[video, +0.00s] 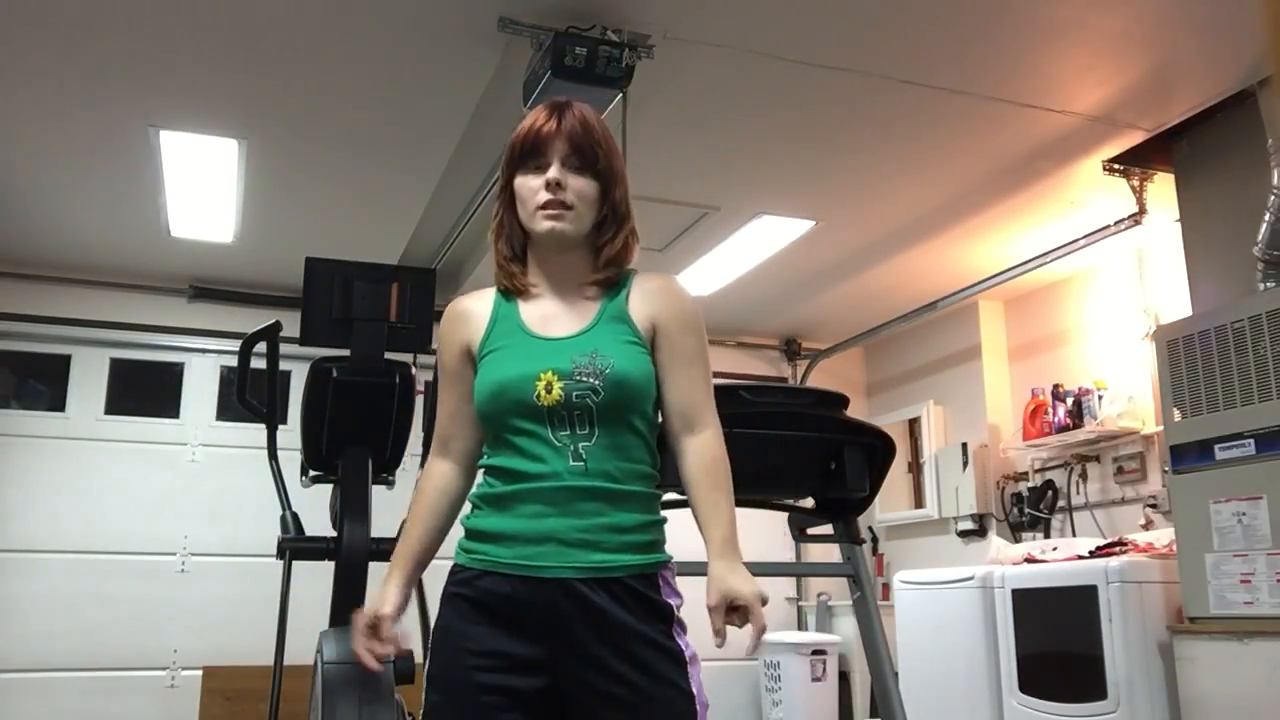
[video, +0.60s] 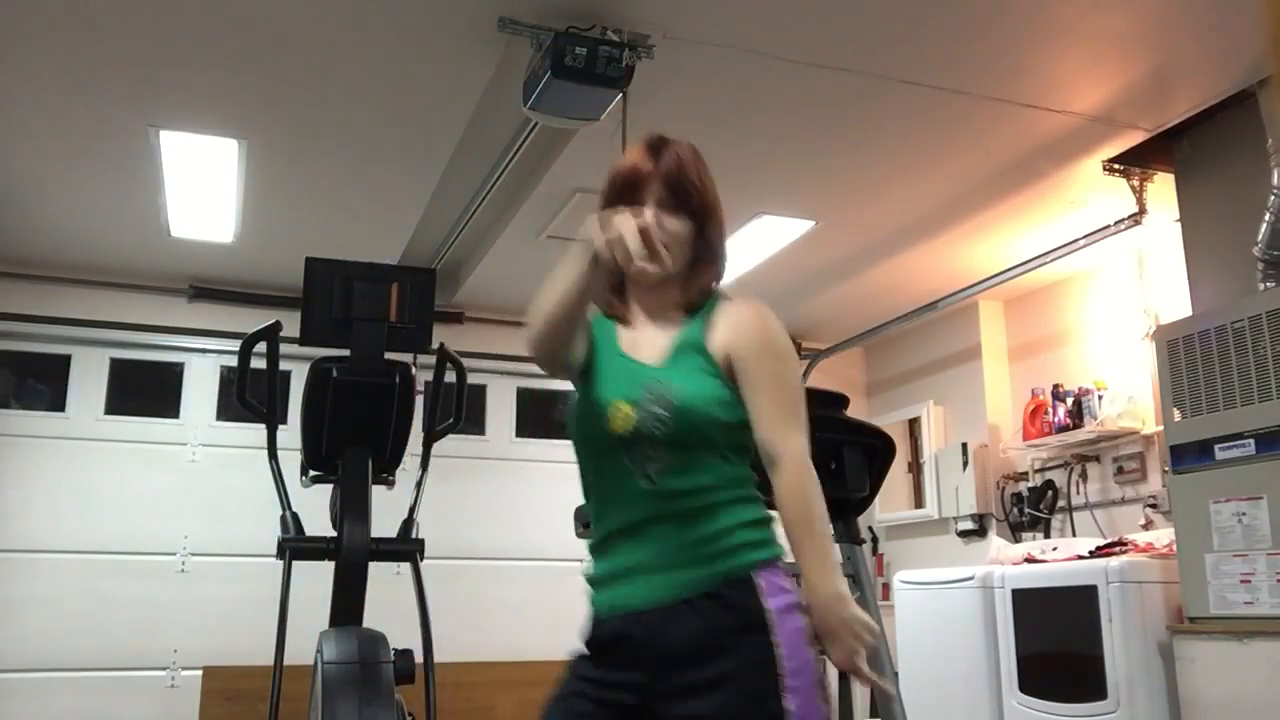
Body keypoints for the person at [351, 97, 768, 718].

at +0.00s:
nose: (553, 179)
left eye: (577, 165)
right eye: (535, 165)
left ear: (606, 191)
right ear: (511, 192)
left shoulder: (656, 301)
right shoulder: (471, 316)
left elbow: (696, 430)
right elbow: (449, 459)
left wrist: (725, 559)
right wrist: (397, 582)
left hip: (624, 607)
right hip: (490, 605)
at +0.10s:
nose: (556, 195)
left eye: (577, 178)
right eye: (536, 180)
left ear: (608, 199)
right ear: (515, 202)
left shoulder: (667, 317)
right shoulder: (476, 326)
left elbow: (705, 435)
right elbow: (454, 459)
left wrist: (730, 539)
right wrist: (349, 543)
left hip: (624, 622)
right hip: (488, 617)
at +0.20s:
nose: (562, 216)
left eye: (583, 200)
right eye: (542, 202)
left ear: (615, 221)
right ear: (519, 228)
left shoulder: (671, 322)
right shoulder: (488, 344)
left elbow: (717, 420)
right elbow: (425, 465)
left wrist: (739, 474)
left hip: (631, 629)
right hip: (498, 618)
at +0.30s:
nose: (578, 194)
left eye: (601, 177)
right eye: (558, 178)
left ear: (631, 198)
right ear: (537, 201)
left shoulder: (679, 293)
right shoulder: (504, 310)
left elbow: (741, 388)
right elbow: (407, 404)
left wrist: (752, 443)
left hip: (648, 607)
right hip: (517, 601)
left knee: (696, 708)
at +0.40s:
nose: (603, 176)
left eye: (627, 159)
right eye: (584, 160)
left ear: (656, 179)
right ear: (561, 180)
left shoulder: (692, 268)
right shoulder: (529, 282)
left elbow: (751, 365)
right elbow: (436, 339)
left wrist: (775, 471)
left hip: (669, 570)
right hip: (545, 572)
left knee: (710, 710)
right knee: (517, 708)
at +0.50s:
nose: (626, 192)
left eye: (650, 177)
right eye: (610, 173)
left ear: (679, 199)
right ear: (584, 190)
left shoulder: (716, 292)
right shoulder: (556, 299)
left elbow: (768, 412)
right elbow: (487, 322)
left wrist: (799, 542)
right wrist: (530, 206)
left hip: (698, 591)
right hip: (582, 595)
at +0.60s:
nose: (651, 223)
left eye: (673, 207)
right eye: (634, 204)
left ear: (703, 226)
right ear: (611, 221)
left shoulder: (740, 323)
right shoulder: (593, 333)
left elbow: (789, 461)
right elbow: (545, 342)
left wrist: (827, 597)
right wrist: (588, 246)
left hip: (741, 617)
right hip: (624, 629)